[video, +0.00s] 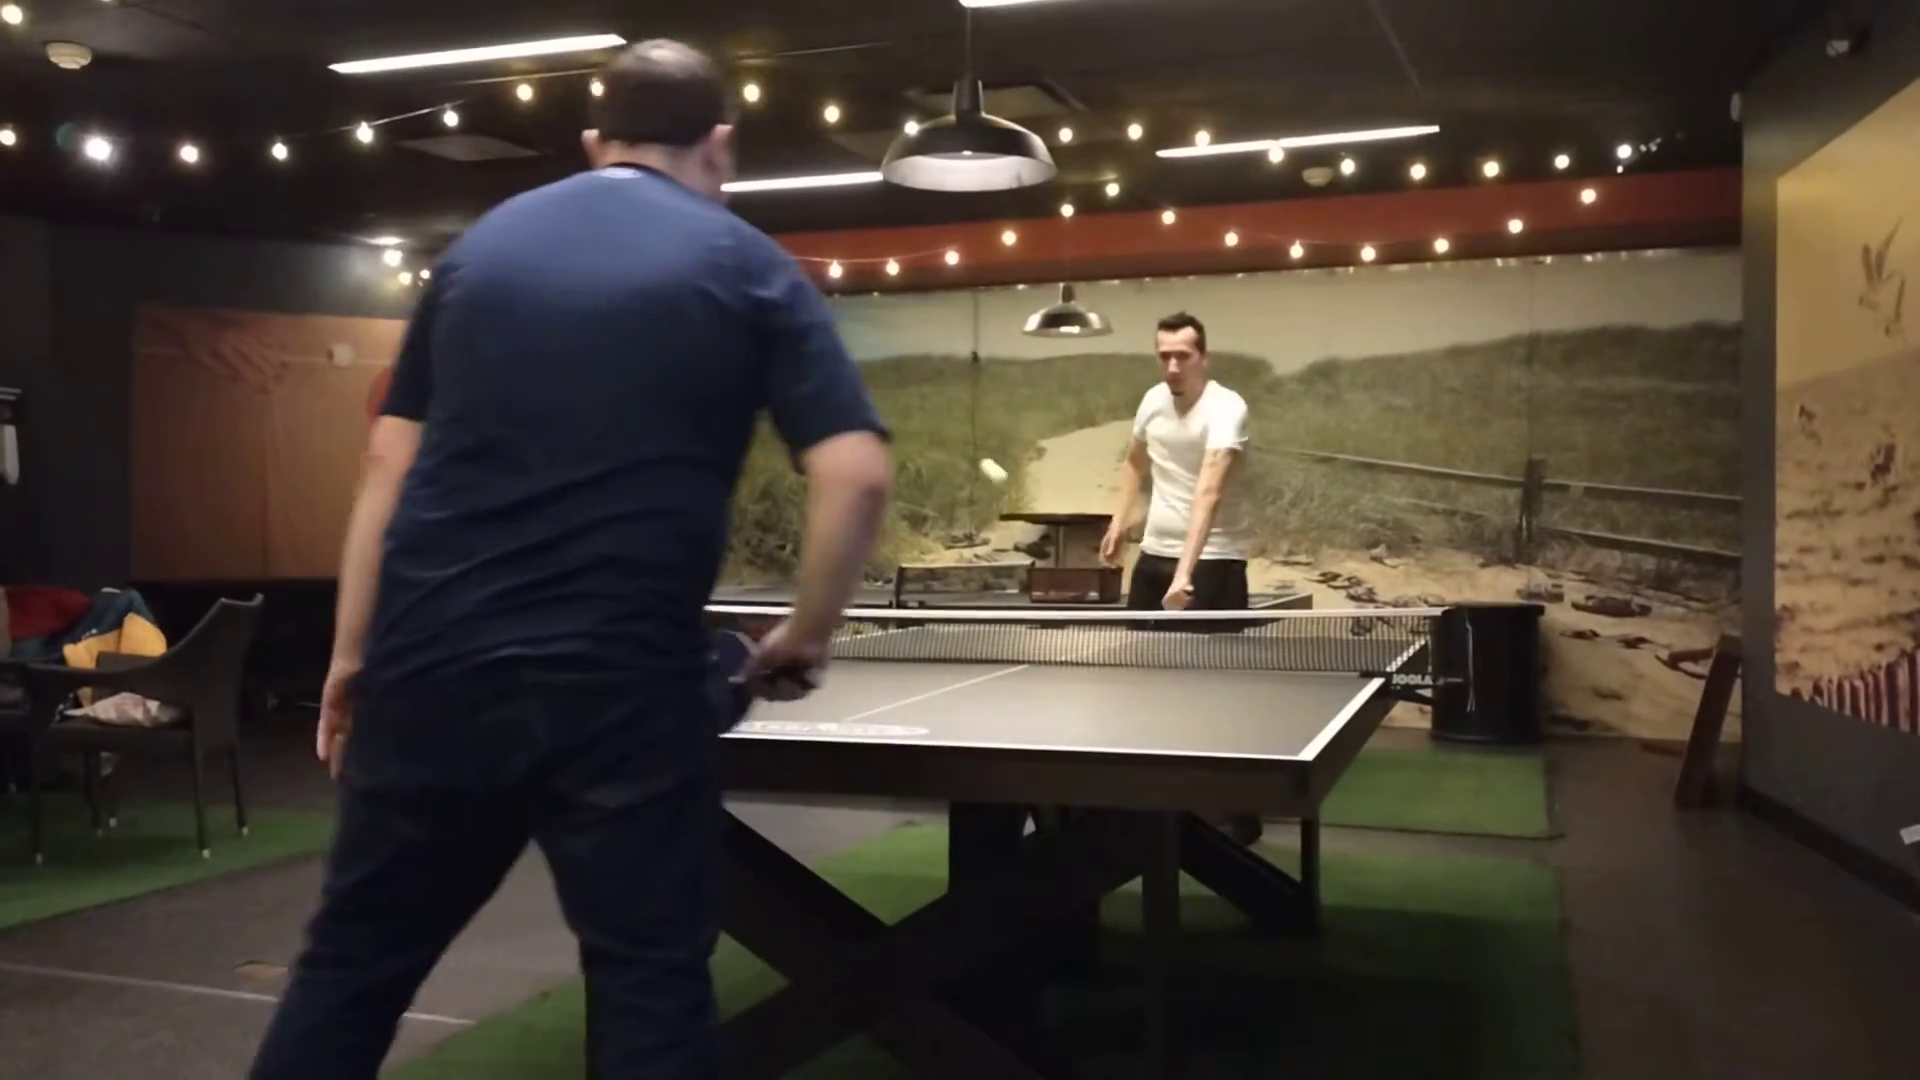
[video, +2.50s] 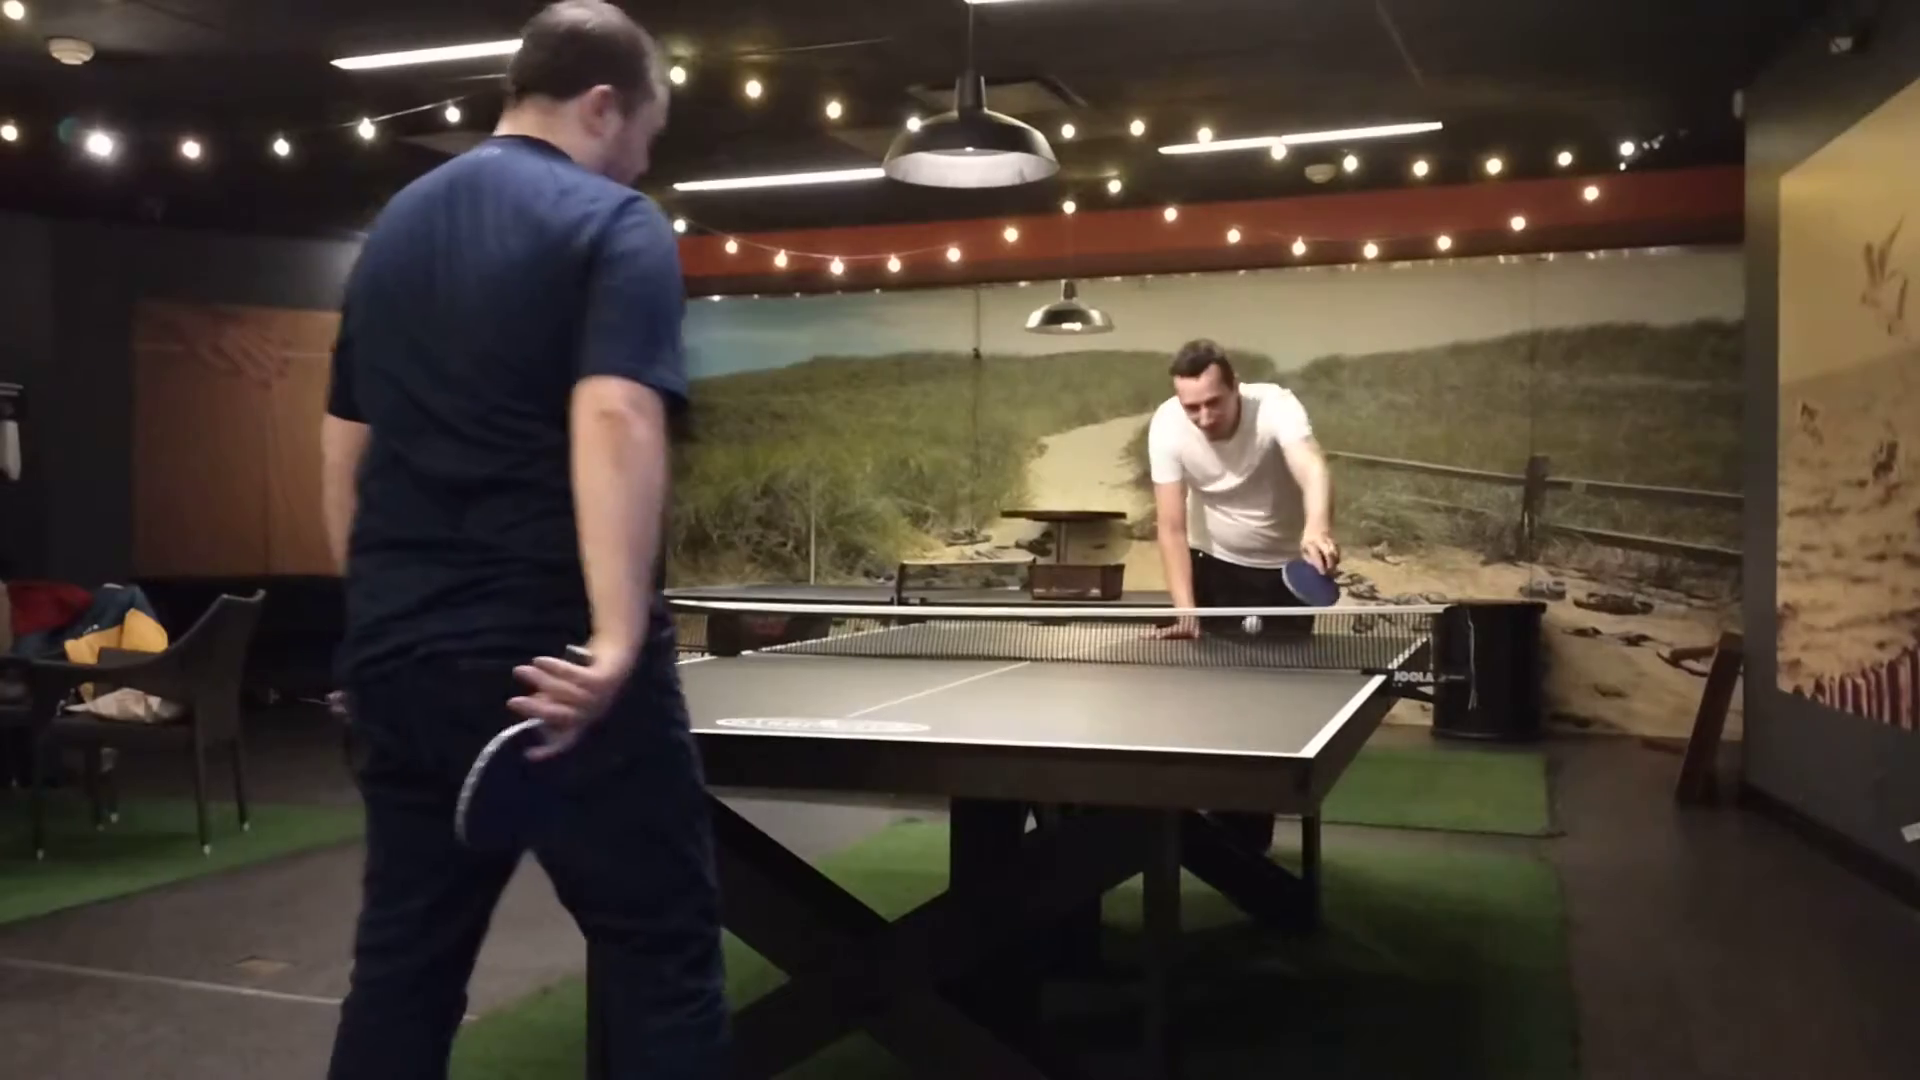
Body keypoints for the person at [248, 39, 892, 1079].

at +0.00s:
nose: (728, 172)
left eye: (727, 158)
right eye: (729, 155)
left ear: (593, 144)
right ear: (717, 146)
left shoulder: (481, 244)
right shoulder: (744, 258)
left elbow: (392, 458)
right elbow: (855, 472)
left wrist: (349, 657)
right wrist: (804, 636)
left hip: (430, 683)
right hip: (627, 695)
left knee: (348, 971)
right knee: (650, 996)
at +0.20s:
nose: (620, 164)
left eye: (618, 149)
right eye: (620, 147)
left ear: (479, 141)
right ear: (599, 142)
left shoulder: (363, 250)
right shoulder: (629, 265)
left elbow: (290, 476)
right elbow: (718, 475)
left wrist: (313, 620)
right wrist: (676, 642)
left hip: (342, 691)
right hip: (537, 706)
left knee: (290, 1004)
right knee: (612, 1006)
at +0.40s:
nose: (509, 165)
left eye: (509, 145)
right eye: (508, 143)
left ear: (371, 130)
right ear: (482, 133)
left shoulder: (258, 238)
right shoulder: (523, 238)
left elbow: (186, 473)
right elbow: (654, 462)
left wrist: (204, 658)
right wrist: (588, 585)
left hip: (263, 689)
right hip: (467, 683)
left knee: (256, 1005)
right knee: (582, 984)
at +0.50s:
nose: (475, 161)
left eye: (475, 145)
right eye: (476, 141)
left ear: (334, 127)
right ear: (452, 132)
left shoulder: (226, 238)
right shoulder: (493, 227)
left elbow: (143, 476)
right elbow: (670, 422)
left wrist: (144, 676)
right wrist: (621, 518)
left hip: (252, 691)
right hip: (458, 678)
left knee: (247, 1005)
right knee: (567, 981)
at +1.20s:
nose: (623, 157)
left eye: (623, 141)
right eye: (624, 139)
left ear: (491, 126)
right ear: (602, 131)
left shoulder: (361, 242)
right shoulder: (645, 252)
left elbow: (269, 447)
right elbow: (707, 461)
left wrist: (262, 646)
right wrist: (702, 624)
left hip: (367, 685)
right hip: (567, 693)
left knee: (315, 1001)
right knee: (588, 1012)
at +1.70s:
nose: (690, 135)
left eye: (693, 118)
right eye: (691, 115)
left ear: (556, 110)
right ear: (670, 107)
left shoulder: (451, 219)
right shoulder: (696, 230)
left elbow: (368, 432)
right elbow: (736, 432)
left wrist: (406, 579)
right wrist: (754, 603)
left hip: (425, 647)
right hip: (604, 664)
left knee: (356, 947)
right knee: (617, 985)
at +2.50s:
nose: (642, 162)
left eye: (648, 136)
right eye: (646, 131)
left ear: (524, 99)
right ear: (605, 105)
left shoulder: (399, 221)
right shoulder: (614, 222)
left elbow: (349, 450)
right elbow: (614, 415)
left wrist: (368, 621)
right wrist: (618, 637)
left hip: (406, 655)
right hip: (571, 659)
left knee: (402, 973)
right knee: (661, 965)